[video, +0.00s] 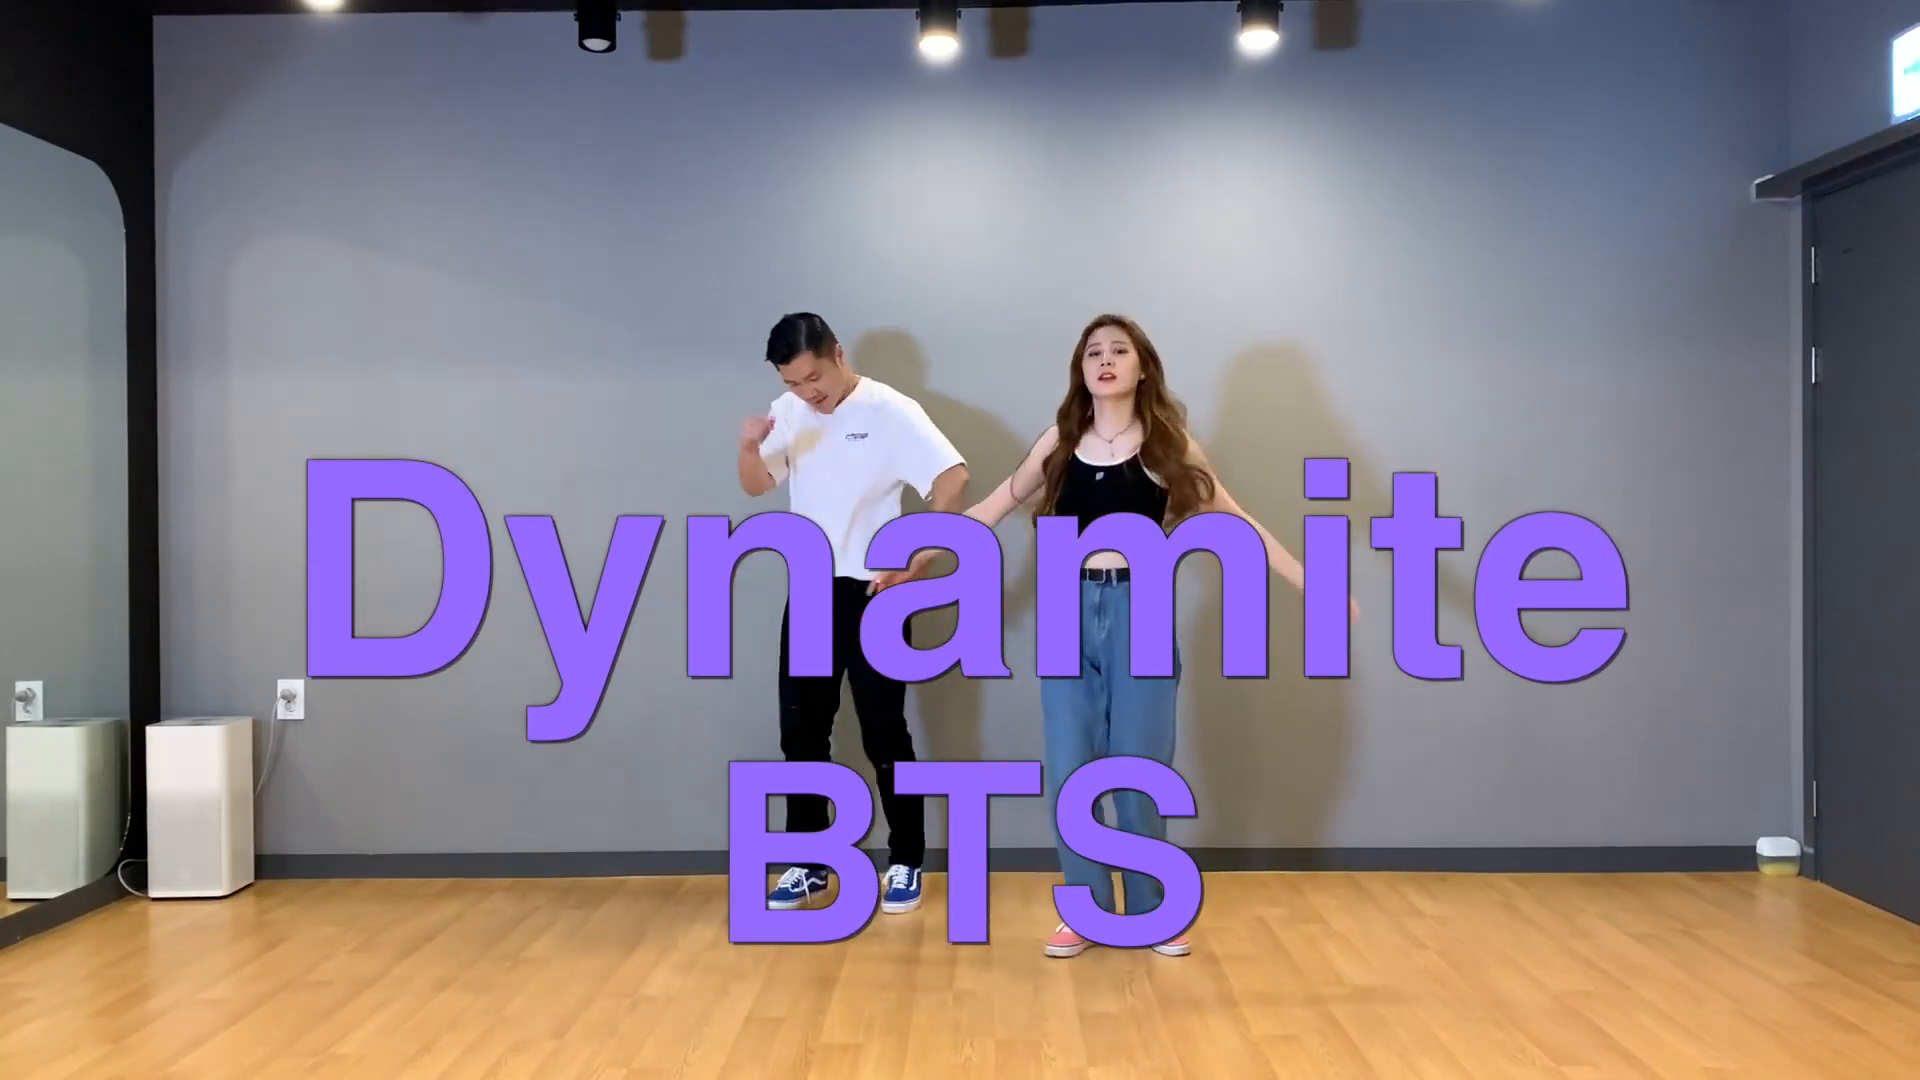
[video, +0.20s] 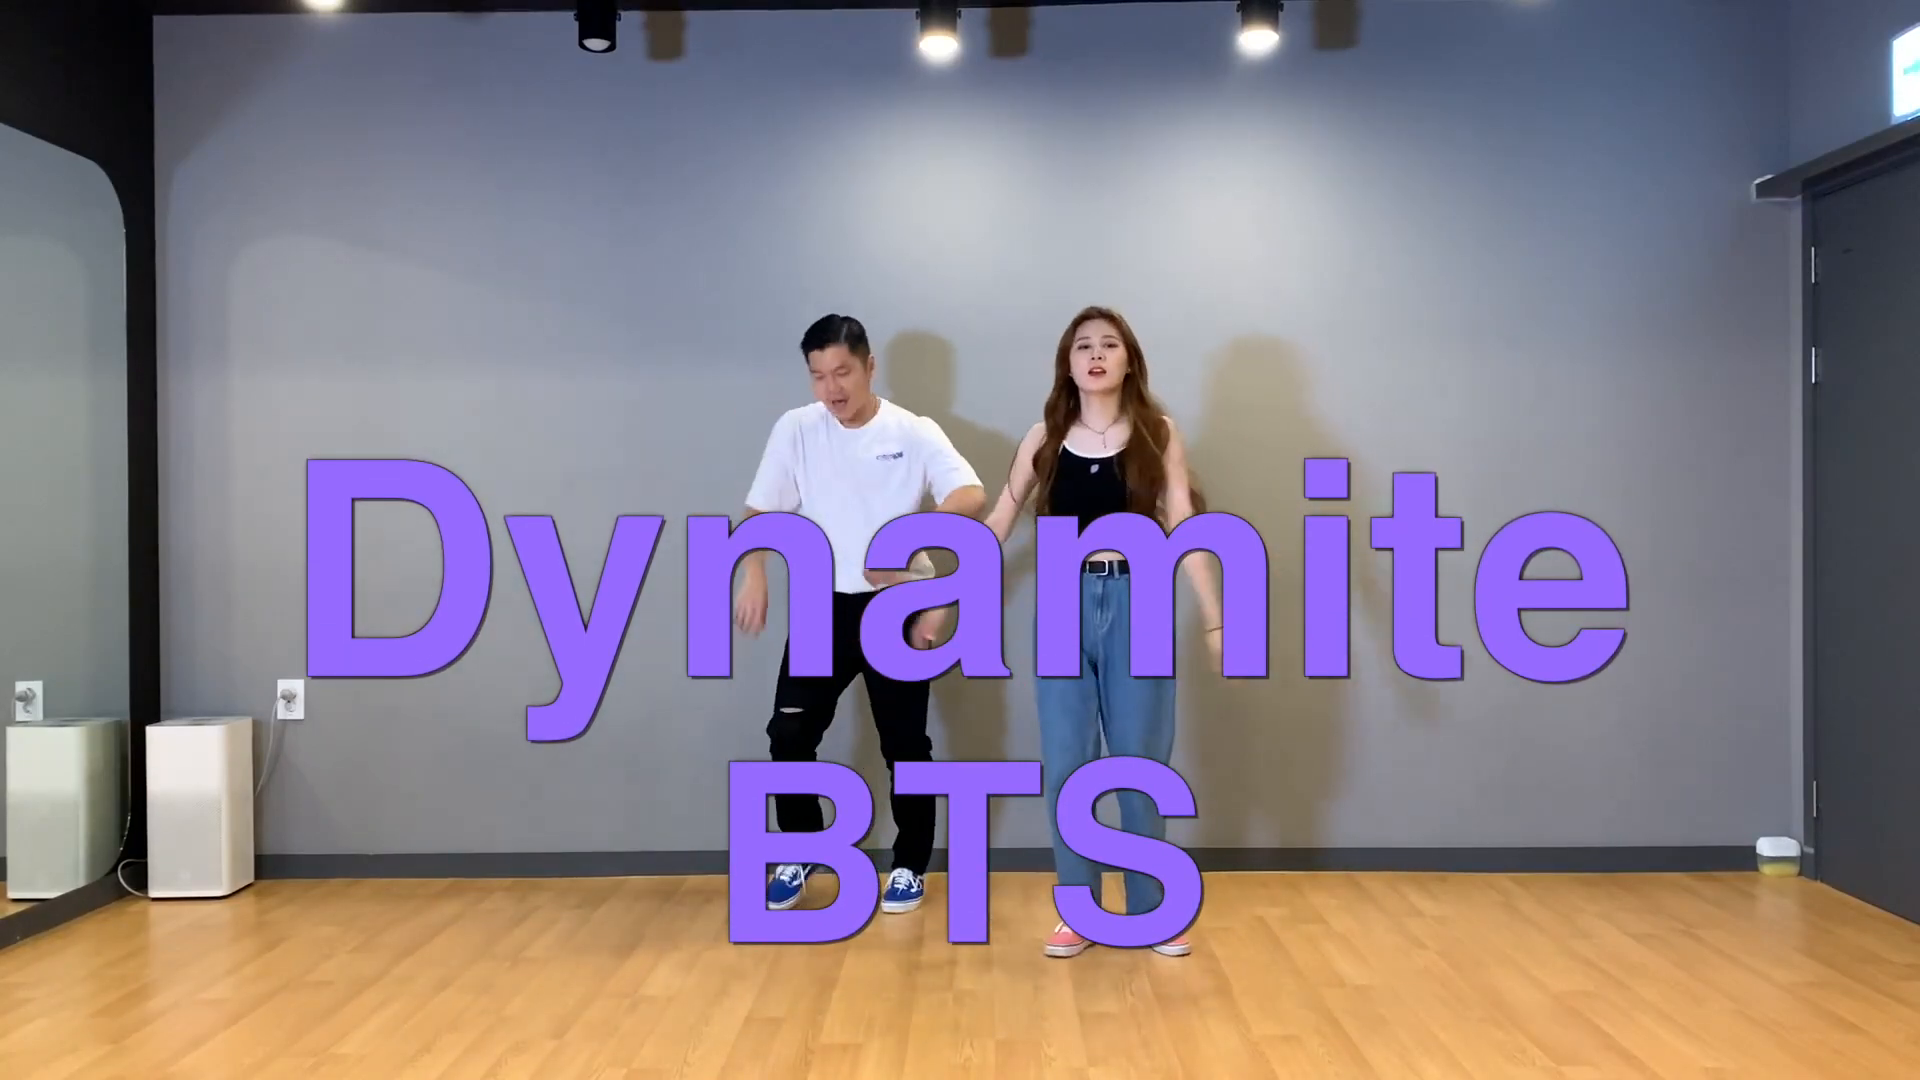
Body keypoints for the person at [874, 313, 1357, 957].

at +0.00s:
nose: (1104, 361)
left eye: (1118, 352)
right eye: (1093, 354)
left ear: (1142, 366)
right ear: (1080, 370)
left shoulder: (1173, 444)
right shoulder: (1059, 440)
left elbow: (1240, 526)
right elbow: (994, 506)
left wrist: (1314, 587)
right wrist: (918, 559)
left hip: (1139, 612)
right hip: (1065, 611)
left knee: (1138, 762)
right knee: (1068, 765)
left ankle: (1155, 911)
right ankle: (1079, 909)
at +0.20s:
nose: (1095, 356)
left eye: (1108, 346)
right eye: (1083, 348)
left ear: (1129, 359)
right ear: (1068, 363)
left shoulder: (1159, 434)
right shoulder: (1043, 438)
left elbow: (1185, 532)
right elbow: (997, 526)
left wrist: (1214, 617)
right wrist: (949, 594)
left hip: (1138, 608)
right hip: (1061, 607)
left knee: (1139, 758)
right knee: (1066, 760)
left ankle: (1152, 911)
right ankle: (1076, 909)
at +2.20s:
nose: (1088, 383)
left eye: (1099, 373)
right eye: (1076, 372)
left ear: (1113, 386)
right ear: (1053, 384)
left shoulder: (1138, 457)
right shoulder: (1024, 463)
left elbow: (1194, 533)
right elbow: (974, 547)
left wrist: (1258, 604)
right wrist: (936, 620)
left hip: (1143, 621)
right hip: (1073, 625)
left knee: (1154, 771)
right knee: (1081, 774)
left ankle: (1135, 919)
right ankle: (1085, 918)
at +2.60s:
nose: (1087, 378)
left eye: (1097, 366)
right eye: (1074, 370)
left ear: (1120, 376)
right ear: (1061, 385)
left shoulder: (1158, 453)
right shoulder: (1040, 457)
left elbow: (1158, 549)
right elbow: (1029, 553)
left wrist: (1151, 635)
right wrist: (1008, 640)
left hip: (1126, 621)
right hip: (1053, 619)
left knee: (1125, 786)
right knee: (1061, 786)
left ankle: (1131, 919)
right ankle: (1080, 917)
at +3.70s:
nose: (1067, 362)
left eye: (1078, 352)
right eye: (1053, 355)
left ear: (1100, 368)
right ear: (1035, 374)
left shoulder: (1127, 447)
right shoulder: (1012, 454)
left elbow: (1189, 527)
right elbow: (969, 538)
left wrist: (1241, 581)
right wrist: (928, 612)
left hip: (1109, 622)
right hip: (1033, 625)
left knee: (1134, 781)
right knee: (1067, 788)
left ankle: (1159, 923)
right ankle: (1092, 944)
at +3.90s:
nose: (1040, 386)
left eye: (1052, 376)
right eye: (1027, 376)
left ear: (1072, 387)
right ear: (1010, 388)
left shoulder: (1092, 458)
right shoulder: (985, 448)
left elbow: (1120, 546)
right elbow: (989, 526)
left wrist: (1088, 512)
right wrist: (1045, 466)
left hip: (1057, 630)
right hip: (986, 625)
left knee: (1064, 800)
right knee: (1007, 776)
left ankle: (1013, 895)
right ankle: (1058, 926)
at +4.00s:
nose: (1022, 395)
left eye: (1034, 385)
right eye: (1010, 387)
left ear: (1055, 397)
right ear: (993, 401)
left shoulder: (1076, 475)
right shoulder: (975, 464)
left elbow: (1061, 570)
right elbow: (998, 556)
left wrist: (1035, 501)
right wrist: (1046, 490)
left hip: (1029, 646)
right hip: (959, 639)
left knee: (1043, 801)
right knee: (942, 774)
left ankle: (1002, 910)